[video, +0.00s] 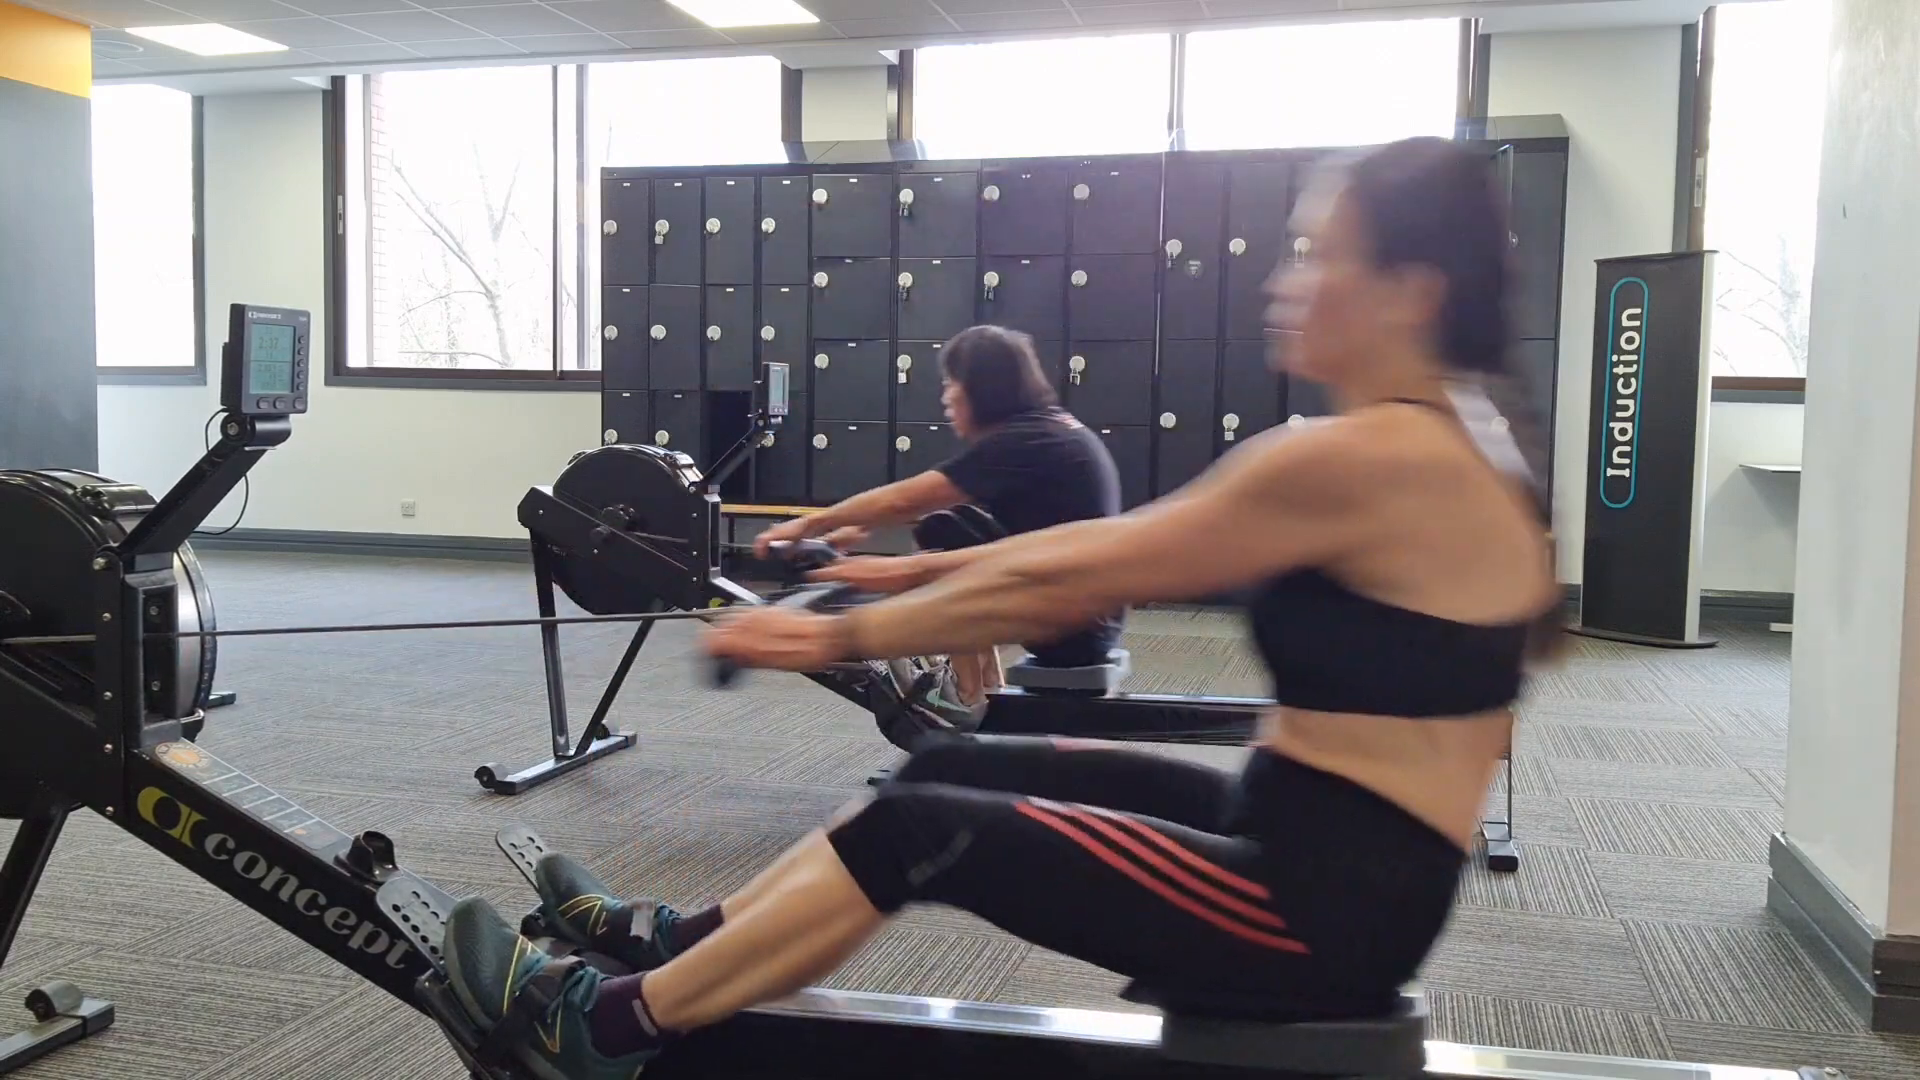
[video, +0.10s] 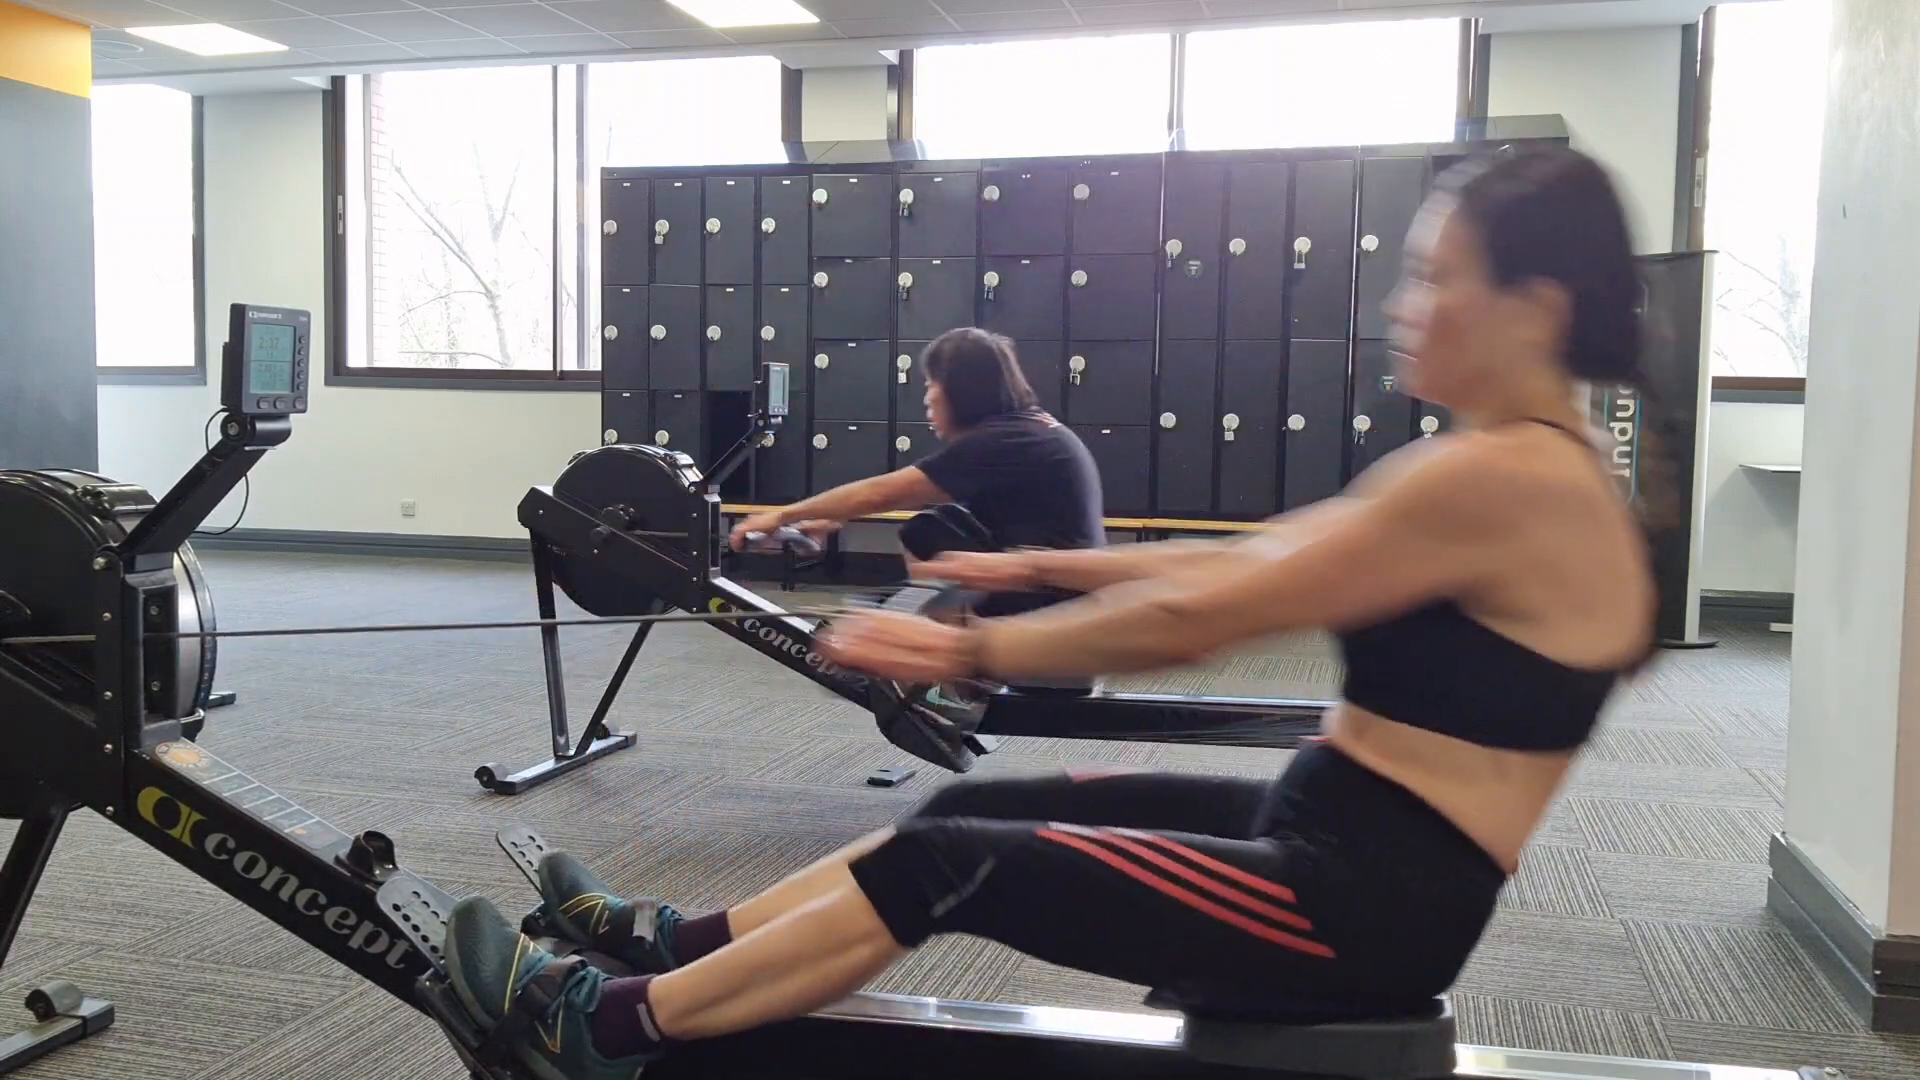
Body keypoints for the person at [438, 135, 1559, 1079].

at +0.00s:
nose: (1284, 284)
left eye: (1321, 256)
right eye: (1294, 254)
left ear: (1417, 293)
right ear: (1401, 296)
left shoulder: (1357, 460)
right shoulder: (1436, 438)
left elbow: (1061, 579)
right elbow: (1087, 561)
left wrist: (831, 633)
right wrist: (878, 622)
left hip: (1316, 897)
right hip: (1311, 816)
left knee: (930, 813)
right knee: (957, 762)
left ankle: (622, 1025)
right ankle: (683, 957)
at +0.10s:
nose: (1408, 313)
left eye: (1441, 283)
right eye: (1415, 280)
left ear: (1546, 310)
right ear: (1519, 308)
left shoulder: (1509, 480)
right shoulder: (1490, 462)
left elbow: (1201, 615)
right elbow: (1253, 568)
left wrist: (962, 650)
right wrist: (1039, 574)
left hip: (1358, 896)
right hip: (1333, 824)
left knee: (960, 844)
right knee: (975, 809)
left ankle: (610, 1030)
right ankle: (683, 946)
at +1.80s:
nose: (784, 322)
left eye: (804, 297)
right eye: (791, 297)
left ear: (880, 322)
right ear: (899, 325)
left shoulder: (854, 470)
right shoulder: (982, 451)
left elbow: (580, 579)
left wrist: (393, 653)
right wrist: (650, 578)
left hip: (993, 893)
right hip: (1063, 875)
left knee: (709, 655)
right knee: (764, 646)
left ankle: (604, 997)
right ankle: (681, 942)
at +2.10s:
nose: (1133, 294)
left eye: (1161, 268)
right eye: (1140, 265)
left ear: (1255, 292)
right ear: (1245, 295)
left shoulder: (1200, 459)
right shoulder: (1285, 436)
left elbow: (918, 582)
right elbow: (1016, 553)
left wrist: (704, 642)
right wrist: (815, 570)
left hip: (1260, 881)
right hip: (1278, 823)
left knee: (891, 772)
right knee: (919, 729)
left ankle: (622, 1020)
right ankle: (676, 965)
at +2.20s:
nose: (1265, 283)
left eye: (1297, 254)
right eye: (1274, 254)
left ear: (1396, 292)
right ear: (1376, 295)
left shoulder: (1347, 460)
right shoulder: (1381, 442)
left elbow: (1065, 582)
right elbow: (1098, 544)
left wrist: (827, 644)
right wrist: (906, 573)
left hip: (1320, 901)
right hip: (1312, 835)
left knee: (931, 813)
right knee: (939, 781)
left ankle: (632, 1027)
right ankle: (676, 958)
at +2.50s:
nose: (1499, 371)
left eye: (1525, 337)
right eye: (1503, 339)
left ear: (1641, 349)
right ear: (1628, 355)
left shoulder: (1657, 539)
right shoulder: (1598, 514)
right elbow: (1421, 724)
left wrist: (1238, 784)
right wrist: (1251, 669)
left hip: (1383, 929)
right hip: (1336, 860)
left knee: (963, 888)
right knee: (967, 839)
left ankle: (617, 1032)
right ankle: (690, 955)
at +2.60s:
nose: (1477, 360)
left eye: (1505, 325)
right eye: (1479, 326)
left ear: (1619, 335)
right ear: (1573, 331)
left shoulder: (1641, 540)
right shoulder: (1565, 501)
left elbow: (1641, 860)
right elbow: (1522, 758)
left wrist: (1376, 839)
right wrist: (1365, 713)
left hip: (1384, 929)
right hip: (1339, 849)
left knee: (960, 870)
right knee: (967, 826)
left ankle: (620, 1031)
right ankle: (688, 958)